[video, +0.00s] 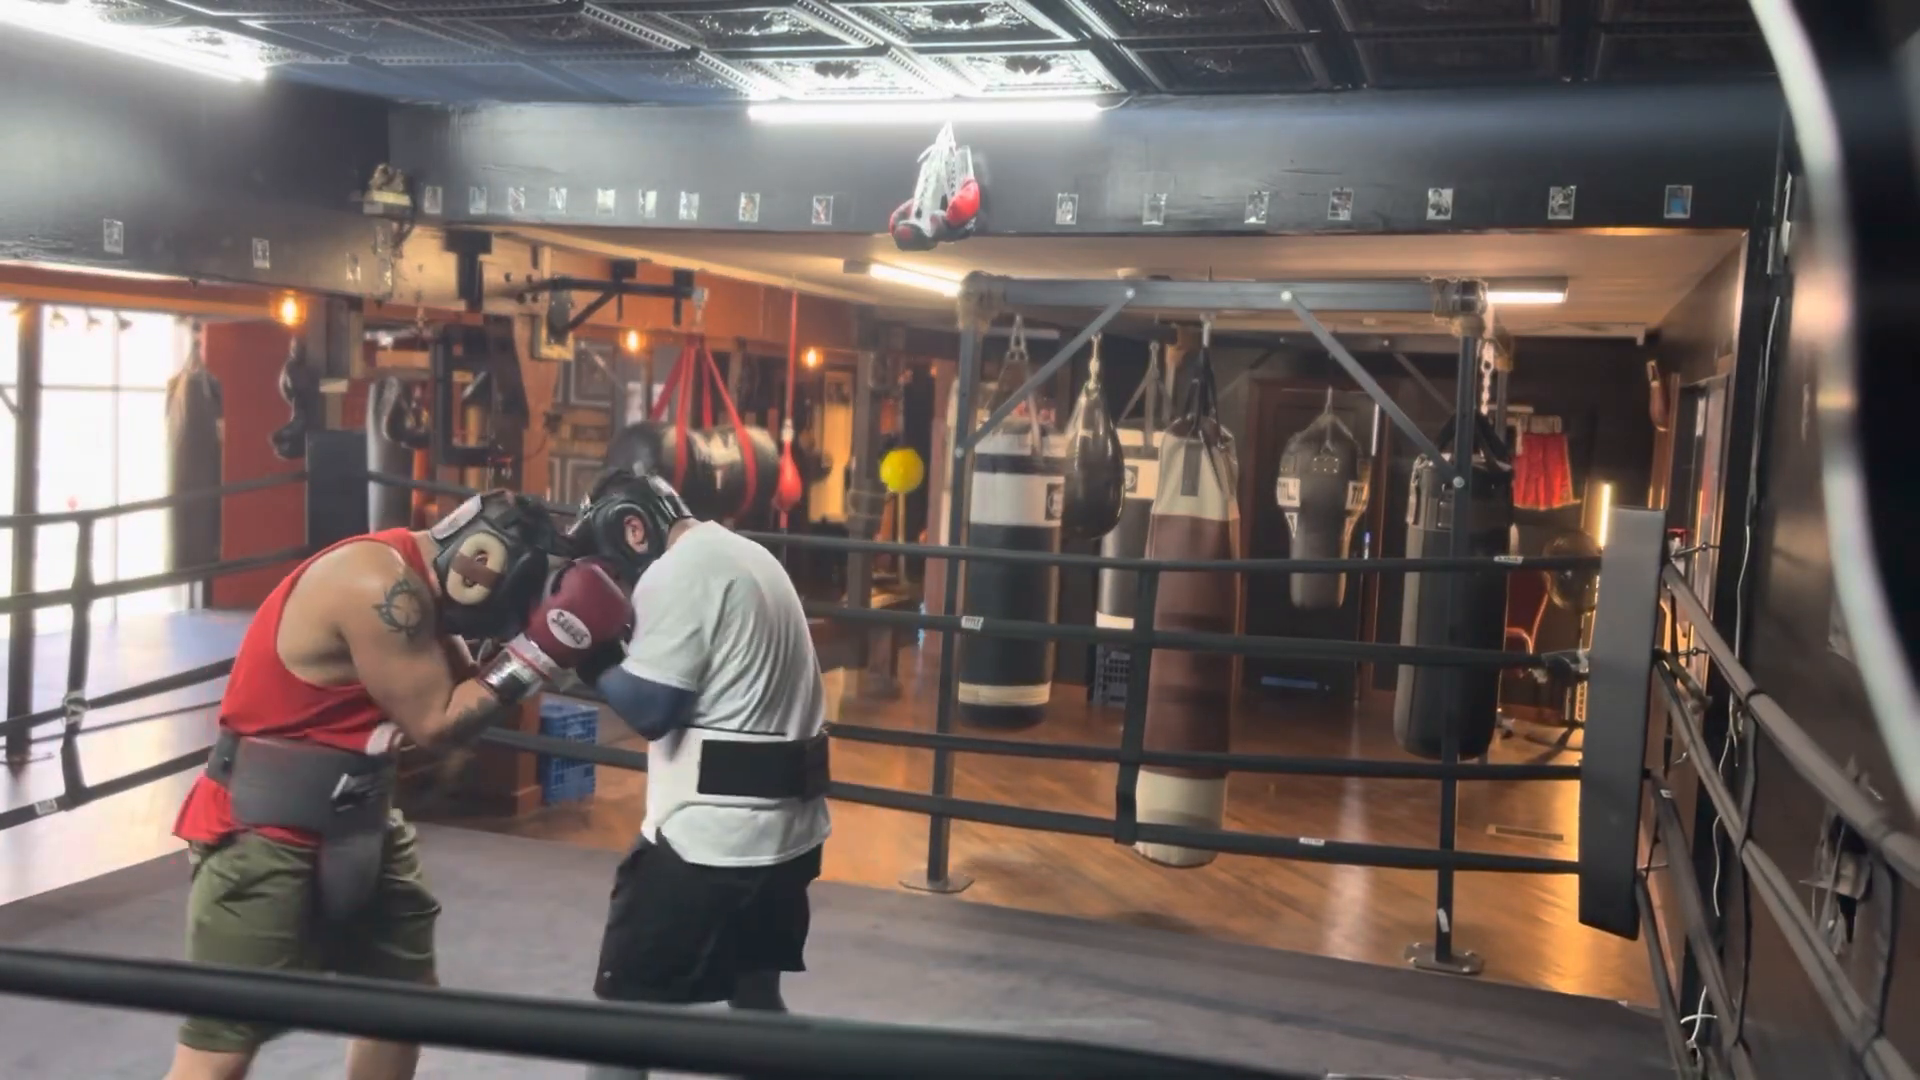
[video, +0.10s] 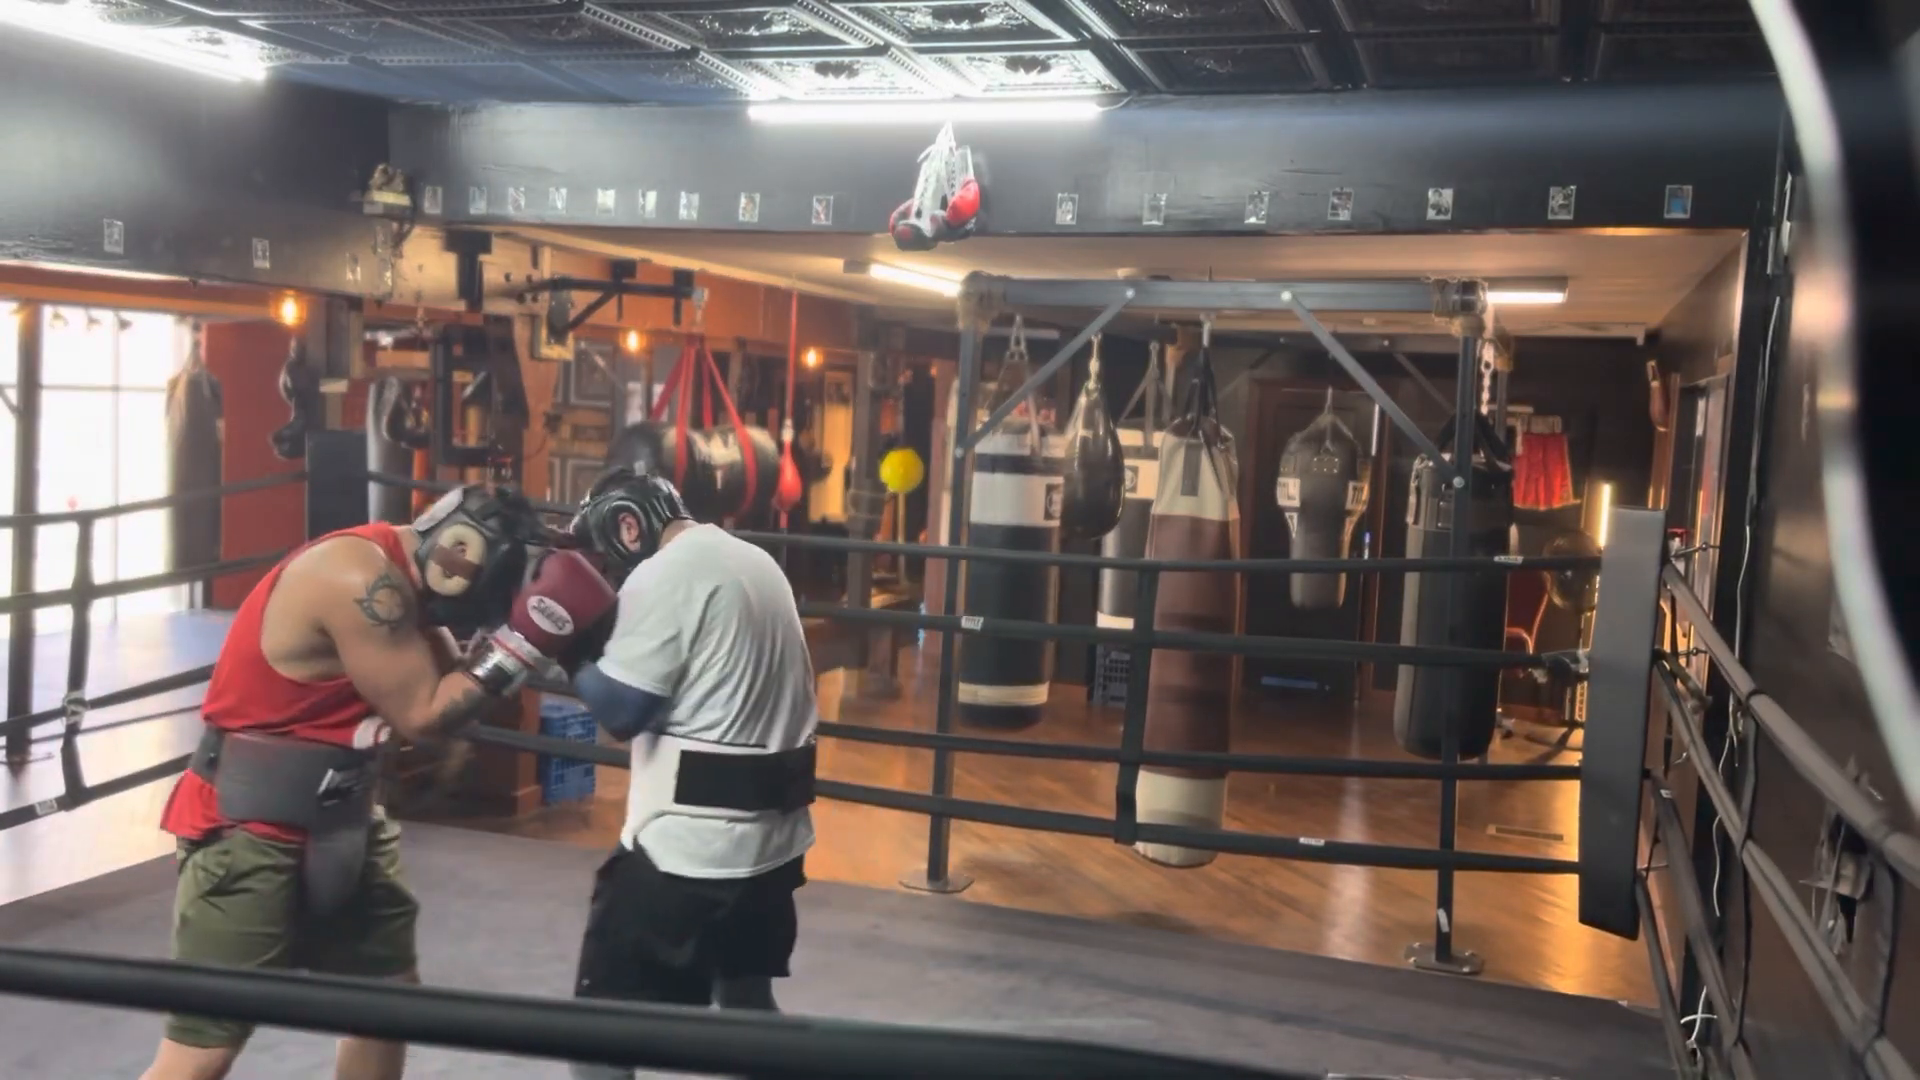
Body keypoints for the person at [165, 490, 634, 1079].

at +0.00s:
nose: (481, 579)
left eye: (500, 578)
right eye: (480, 559)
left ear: (516, 589)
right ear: (461, 536)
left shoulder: (428, 589)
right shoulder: (373, 583)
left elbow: (462, 691)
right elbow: (437, 723)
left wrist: (548, 650)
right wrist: (538, 653)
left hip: (358, 814)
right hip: (265, 819)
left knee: (401, 1005)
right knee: (220, 1041)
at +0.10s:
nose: (461, 579)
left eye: (478, 576)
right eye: (460, 560)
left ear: (493, 580)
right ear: (441, 535)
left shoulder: (412, 582)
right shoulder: (355, 578)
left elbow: (450, 680)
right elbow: (421, 716)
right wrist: (523, 642)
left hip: (344, 816)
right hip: (249, 821)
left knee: (385, 1005)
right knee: (203, 1043)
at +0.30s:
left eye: (376, 575)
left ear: (383, 572)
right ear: (336, 534)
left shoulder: (335, 593)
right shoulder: (232, 570)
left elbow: (355, 721)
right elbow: (308, 711)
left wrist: (437, 636)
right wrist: (399, 624)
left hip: (289, 827)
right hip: (186, 844)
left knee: (356, 1008)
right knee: (115, 1059)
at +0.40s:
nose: (284, 599)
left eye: (299, 590)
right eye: (290, 583)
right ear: (261, 542)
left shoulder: (253, 601)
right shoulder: (135, 588)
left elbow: (297, 739)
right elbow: (211, 731)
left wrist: (367, 654)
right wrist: (305, 645)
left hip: (222, 845)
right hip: (110, 864)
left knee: (306, 1024)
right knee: (40, 1058)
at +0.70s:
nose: (248, 597)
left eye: (259, 583)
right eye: (257, 577)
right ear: (210, 534)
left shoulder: (211, 582)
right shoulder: (87, 577)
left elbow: (254, 706)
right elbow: (166, 728)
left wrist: (305, 614)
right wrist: (271, 633)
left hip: (157, 825)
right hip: (48, 845)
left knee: (224, 1007)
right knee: (18, 1047)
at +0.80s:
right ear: (227, 548)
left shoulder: (210, 582)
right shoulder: (100, 577)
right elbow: (159, 732)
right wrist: (260, 645)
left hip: (157, 819)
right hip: (49, 844)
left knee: (231, 1012)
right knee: (19, 1057)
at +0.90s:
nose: (250, 565)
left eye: (267, 553)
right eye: (244, 547)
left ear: (274, 547)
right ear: (219, 516)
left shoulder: (220, 577)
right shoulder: (95, 559)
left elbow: (175, 682)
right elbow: (94, 709)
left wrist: (253, 709)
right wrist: (219, 631)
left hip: (165, 825)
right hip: (37, 841)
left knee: (248, 994)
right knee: (13, 1040)